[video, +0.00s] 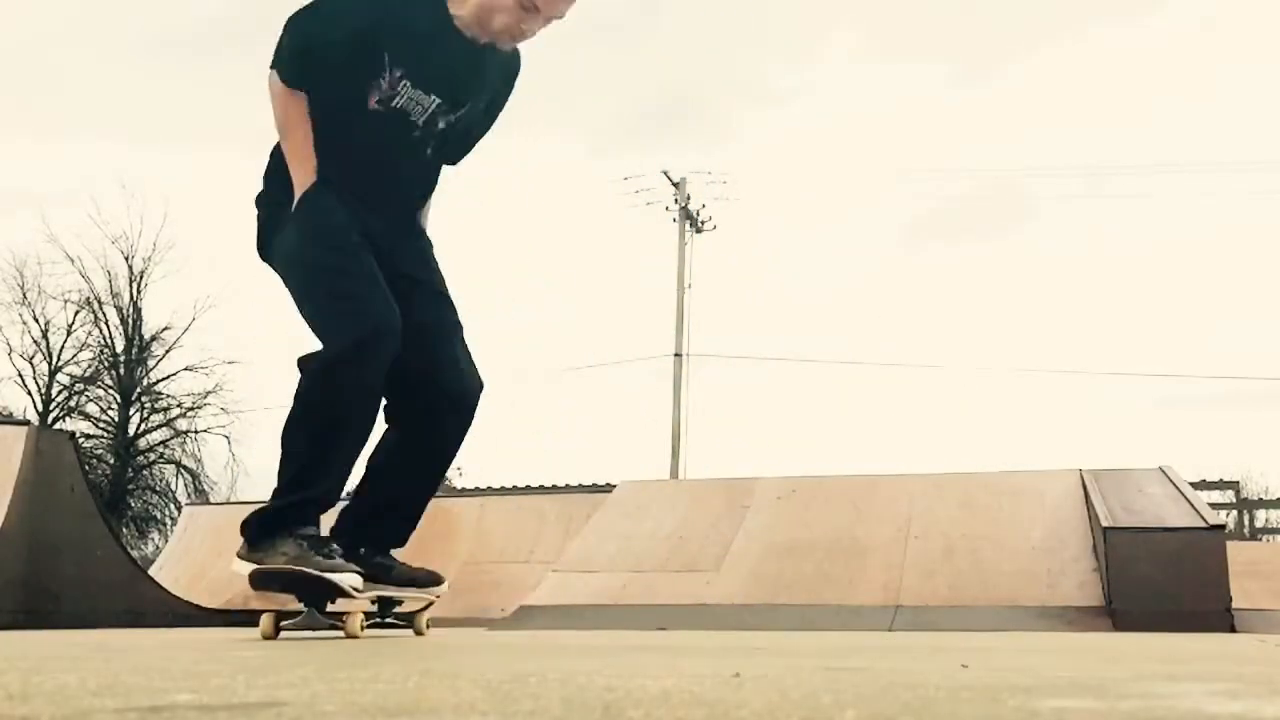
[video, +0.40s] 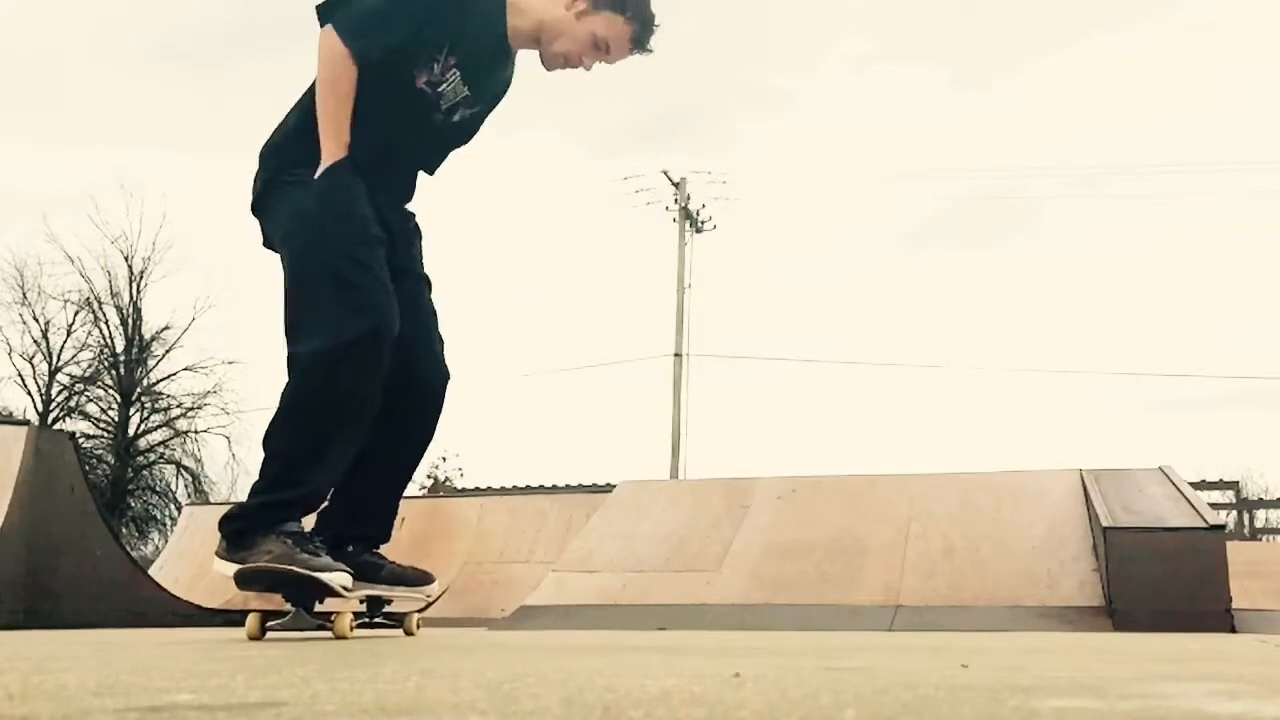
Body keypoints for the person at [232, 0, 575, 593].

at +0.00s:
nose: (534, 28)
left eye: (550, 20)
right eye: (532, 8)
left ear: (555, 19)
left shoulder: (499, 67)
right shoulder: (376, 12)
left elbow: (430, 158)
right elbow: (287, 71)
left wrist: (413, 237)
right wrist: (307, 192)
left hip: (392, 221)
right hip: (315, 196)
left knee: (449, 387)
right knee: (366, 335)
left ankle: (362, 543)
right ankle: (281, 530)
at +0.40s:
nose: (591, 63)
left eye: (604, 59)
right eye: (599, 45)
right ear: (577, 4)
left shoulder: (496, 77)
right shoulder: (459, 9)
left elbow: (411, 149)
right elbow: (341, 36)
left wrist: (392, 211)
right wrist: (334, 161)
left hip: (385, 200)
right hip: (318, 172)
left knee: (419, 375)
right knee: (357, 333)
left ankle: (348, 541)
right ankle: (261, 527)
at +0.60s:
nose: (597, 66)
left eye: (611, 63)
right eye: (610, 50)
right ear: (592, 6)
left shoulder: (496, 49)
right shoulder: (494, 9)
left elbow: (415, 120)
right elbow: (405, 24)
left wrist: (399, 187)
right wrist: (373, 145)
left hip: (386, 186)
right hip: (338, 157)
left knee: (406, 366)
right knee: (343, 324)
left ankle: (335, 540)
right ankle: (247, 524)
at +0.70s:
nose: (582, 62)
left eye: (594, 62)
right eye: (595, 48)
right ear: (583, 4)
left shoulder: (499, 42)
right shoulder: (518, 5)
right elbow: (454, 33)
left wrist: (417, 183)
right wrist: (417, 147)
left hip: (394, 180)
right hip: (367, 154)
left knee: (402, 360)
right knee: (348, 323)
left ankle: (331, 538)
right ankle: (240, 519)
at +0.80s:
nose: (567, 51)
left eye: (578, 52)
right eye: (579, 38)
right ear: (569, 3)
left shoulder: (452, 14)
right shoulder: (530, 6)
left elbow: (370, 81)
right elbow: (490, 47)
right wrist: (473, 156)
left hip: (356, 156)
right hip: (401, 153)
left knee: (369, 338)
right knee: (406, 328)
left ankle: (327, 538)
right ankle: (274, 497)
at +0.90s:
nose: (567, 43)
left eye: (576, 42)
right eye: (579, 31)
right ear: (575, 1)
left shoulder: (432, 15)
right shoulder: (543, 2)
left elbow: (362, 94)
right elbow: (512, 47)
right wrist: (509, 164)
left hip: (362, 154)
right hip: (441, 146)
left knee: (378, 344)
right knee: (472, 331)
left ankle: (304, 530)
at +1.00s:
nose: (583, 34)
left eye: (592, 31)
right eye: (594, 22)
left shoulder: (432, 8)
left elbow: (377, 94)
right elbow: (527, 53)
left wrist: (386, 171)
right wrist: (540, 171)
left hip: (385, 168)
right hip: (473, 163)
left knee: (399, 364)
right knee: (534, 345)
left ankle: (344, 522)